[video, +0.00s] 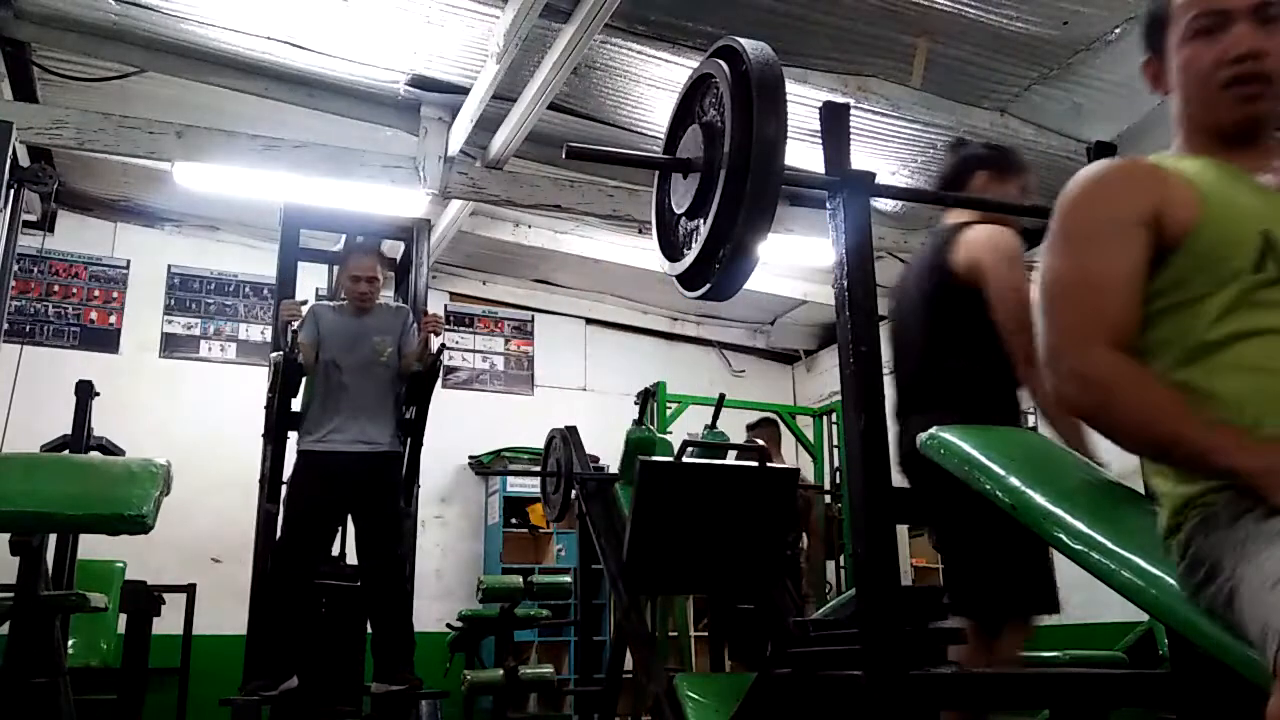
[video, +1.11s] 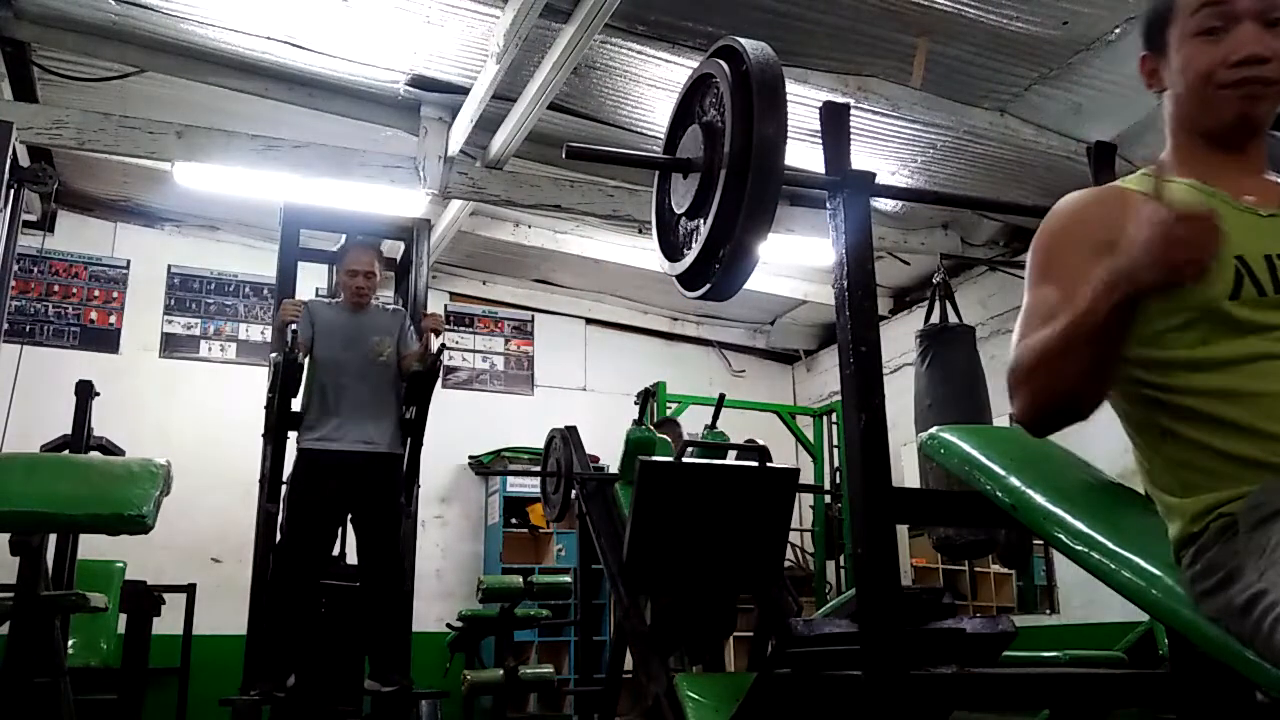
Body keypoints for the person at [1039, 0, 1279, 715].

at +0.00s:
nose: (1247, 45)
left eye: (1266, 21)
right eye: (1209, 28)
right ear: (1159, 75)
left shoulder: (1274, 185)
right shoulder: (1126, 187)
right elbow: (1078, 369)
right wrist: (1253, 457)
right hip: (1237, 504)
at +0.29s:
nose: (1155, 80)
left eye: (1176, 57)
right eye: (1121, 73)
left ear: (1213, 86)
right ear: (1087, 124)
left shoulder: (1271, 219)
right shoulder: (1065, 247)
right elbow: (1055, 425)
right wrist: (1246, 469)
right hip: (1234, 533)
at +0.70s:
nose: (1182, 57)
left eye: (1203, 33)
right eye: (1143, 45)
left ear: (1232, 62)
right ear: (1102, 97)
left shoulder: (1273, 206)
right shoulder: (1069, 241)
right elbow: (1038, 423)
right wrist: (1194, 407)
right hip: (1239, 534)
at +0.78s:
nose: (1199, 55)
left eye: (1220, 30)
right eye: (1161, 41)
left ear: (1248, 59)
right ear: (1113, 90)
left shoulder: (1274, 200)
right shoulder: (1071, 236)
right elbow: (1033, 424)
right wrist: (1131, 350)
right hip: (1236, 523)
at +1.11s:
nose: (1254, 48)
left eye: (1270, 25)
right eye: (1214, 30)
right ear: (1154, 70)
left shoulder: (1276, 194)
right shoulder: (1092, 219)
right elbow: (1034, 407)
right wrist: (1121, 278)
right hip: (1241, 524)